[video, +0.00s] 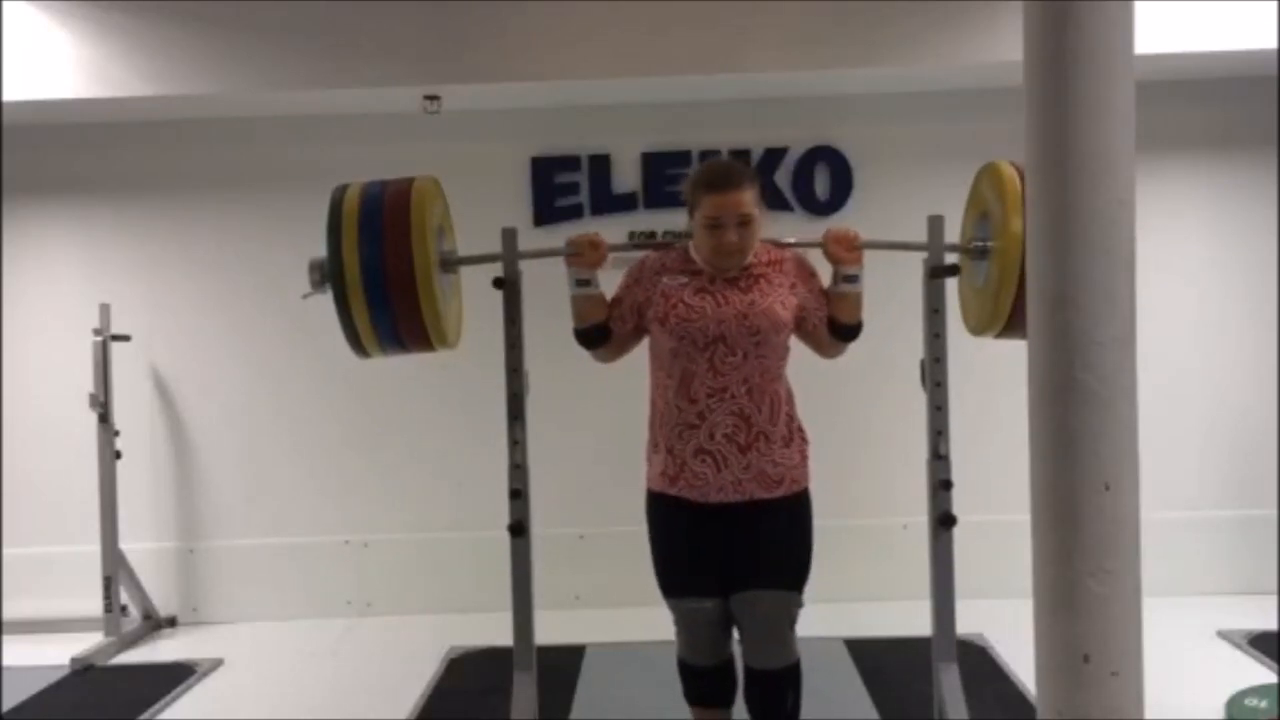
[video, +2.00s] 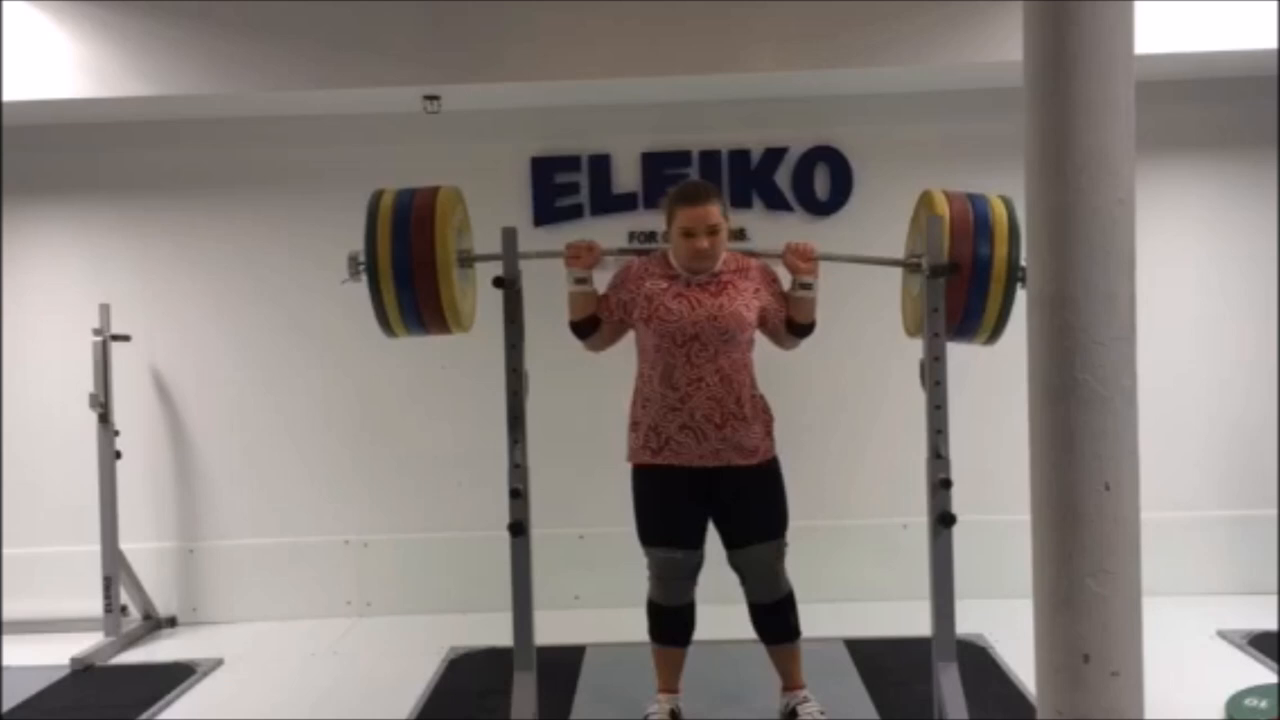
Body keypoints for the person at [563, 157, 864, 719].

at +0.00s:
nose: (729, 239)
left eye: (742, 224)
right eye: (714, 225)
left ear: (760, 219)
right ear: (692, 222)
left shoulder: (786, 269)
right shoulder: (656, 272)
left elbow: (833, 341)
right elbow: (604, 345)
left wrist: (848, 274)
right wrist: (584, 278)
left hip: (771, 490)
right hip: (683, 492)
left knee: (770, 642)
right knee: (700, 647)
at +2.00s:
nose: (702, 243)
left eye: (712, 231)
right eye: (689, 233)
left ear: (726, 230)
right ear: (668, 233)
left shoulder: (750, 275)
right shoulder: (640, 276)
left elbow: (791, 336)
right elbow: (594, 337)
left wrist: (803, 282)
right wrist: (580, 278)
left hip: (744, 454)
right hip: (665, 457)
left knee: (766, 577)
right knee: (670, 581)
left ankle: (796, 695)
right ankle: (665, 701)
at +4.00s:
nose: (723, 226)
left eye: (733, 216)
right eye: (710, 217)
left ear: (748, 224)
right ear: (691, 227)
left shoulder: (774, 277)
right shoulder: (664, 280)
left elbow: (815, 338)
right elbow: (619, 342)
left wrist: (828, 283)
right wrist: (605, 282)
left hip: (764, 459)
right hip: (688, 461)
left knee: (773, 581)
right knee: (685, 583)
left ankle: (800, 696)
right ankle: (666, 698)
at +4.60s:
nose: (726, 294)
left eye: (736, 285)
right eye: (713, 286)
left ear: (752, 297)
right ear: (695, 300)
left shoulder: (780, 352)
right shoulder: (666, 354)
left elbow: (822, 414)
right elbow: (621, 418)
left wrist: (833, 357)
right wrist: (606, 357)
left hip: (764, 489)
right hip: (682, 492)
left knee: (808, 584)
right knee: (656, 590)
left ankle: (801, 700)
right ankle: (665, 703)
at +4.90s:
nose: (730, 367)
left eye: (741, 358)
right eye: (717, 359)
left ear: (757, 370)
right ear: (699, 372)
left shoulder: (786, 421)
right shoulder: (671, 423)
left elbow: (828, 484)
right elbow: (627, 488)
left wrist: (840, 429)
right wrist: (611, 429)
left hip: (770, 545)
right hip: (688, 547)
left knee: (820, 604)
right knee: (650, 611)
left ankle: (801, 703)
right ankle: (667, 705)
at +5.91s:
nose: (732, 294)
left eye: (742, 287)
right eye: (719, 287)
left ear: (759, 303)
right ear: (700, 306)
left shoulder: (784, 355)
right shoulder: (670, 357)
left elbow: (828, 418)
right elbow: (626, 421)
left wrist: (840, 363)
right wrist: (611, 363)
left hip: (769, 489)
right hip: (687, 492)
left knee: (805, 583)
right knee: (658, 587)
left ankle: (800, 701)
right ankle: (665, 702)